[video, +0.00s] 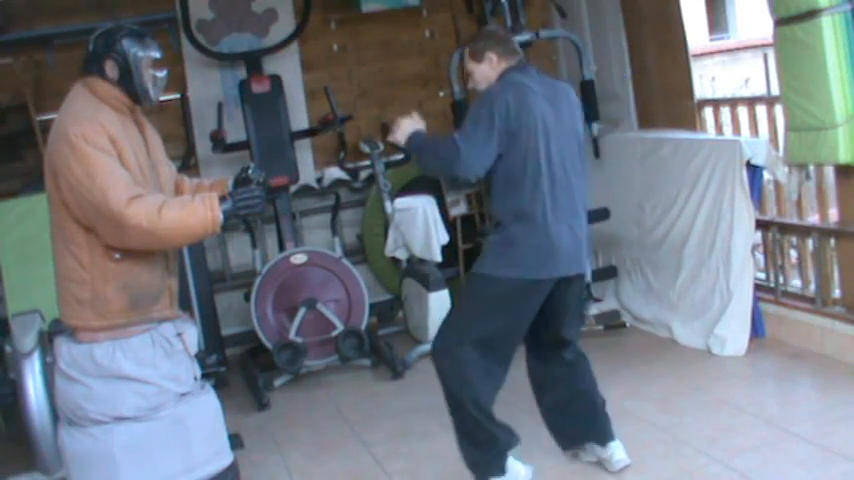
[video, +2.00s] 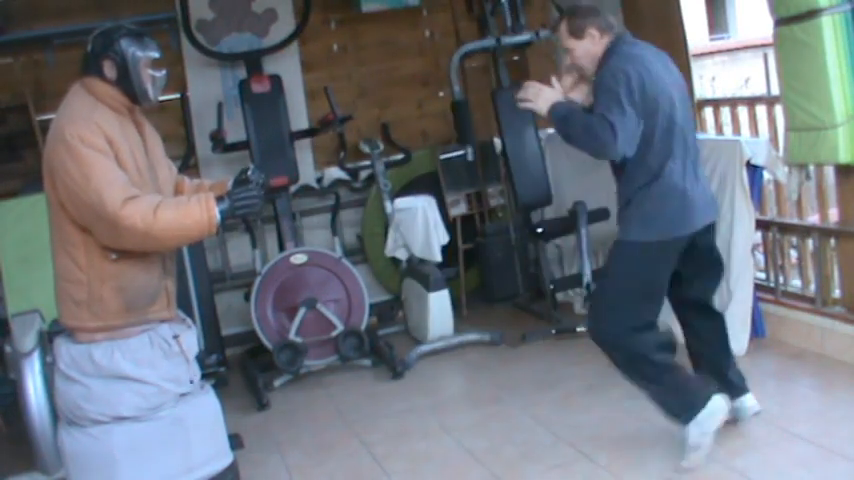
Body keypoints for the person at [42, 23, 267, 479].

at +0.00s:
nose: (153, 74)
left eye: (153, 63)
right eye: (143, 63)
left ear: (117, 68)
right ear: (111, 66)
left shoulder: (131, 118)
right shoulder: (79, 128)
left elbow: (168, 187)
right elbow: (126, 218)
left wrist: (228, 185)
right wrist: (219, 209)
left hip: (152, 318)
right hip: (109, 331)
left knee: (185, 449)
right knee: (133, 459)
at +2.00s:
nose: (153, 74)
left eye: (153, 64)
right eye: (143, 64)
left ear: (115, 68)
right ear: (109, 66)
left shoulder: (131, 119)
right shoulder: (76, 129)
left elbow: (171, 187)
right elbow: (123, 220)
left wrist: (226, 187)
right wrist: (214, 211)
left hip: (152, 315)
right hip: (106, 328)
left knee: (179, 443)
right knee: (129, 455)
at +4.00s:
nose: (138, 66)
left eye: (138, 55)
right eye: (126, 55)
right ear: (94, 61)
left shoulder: (131, 119)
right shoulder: (62, 124)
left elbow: (163, 183)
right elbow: (91, 214)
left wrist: (194, 190)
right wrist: (185, 206)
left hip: (151, 310)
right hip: (96, 324)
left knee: (181, 438)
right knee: (122, 452)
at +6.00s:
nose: (148, 75)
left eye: (149, 65)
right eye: (138, 65)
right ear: (104, 67)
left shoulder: (138, 121)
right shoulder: (70, 129)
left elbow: (176, 188)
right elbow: (110, 221)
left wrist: (227, 190)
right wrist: (204, 216)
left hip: (157, 319)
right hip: (104, 332)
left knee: (190, 449)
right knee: (125, 459)